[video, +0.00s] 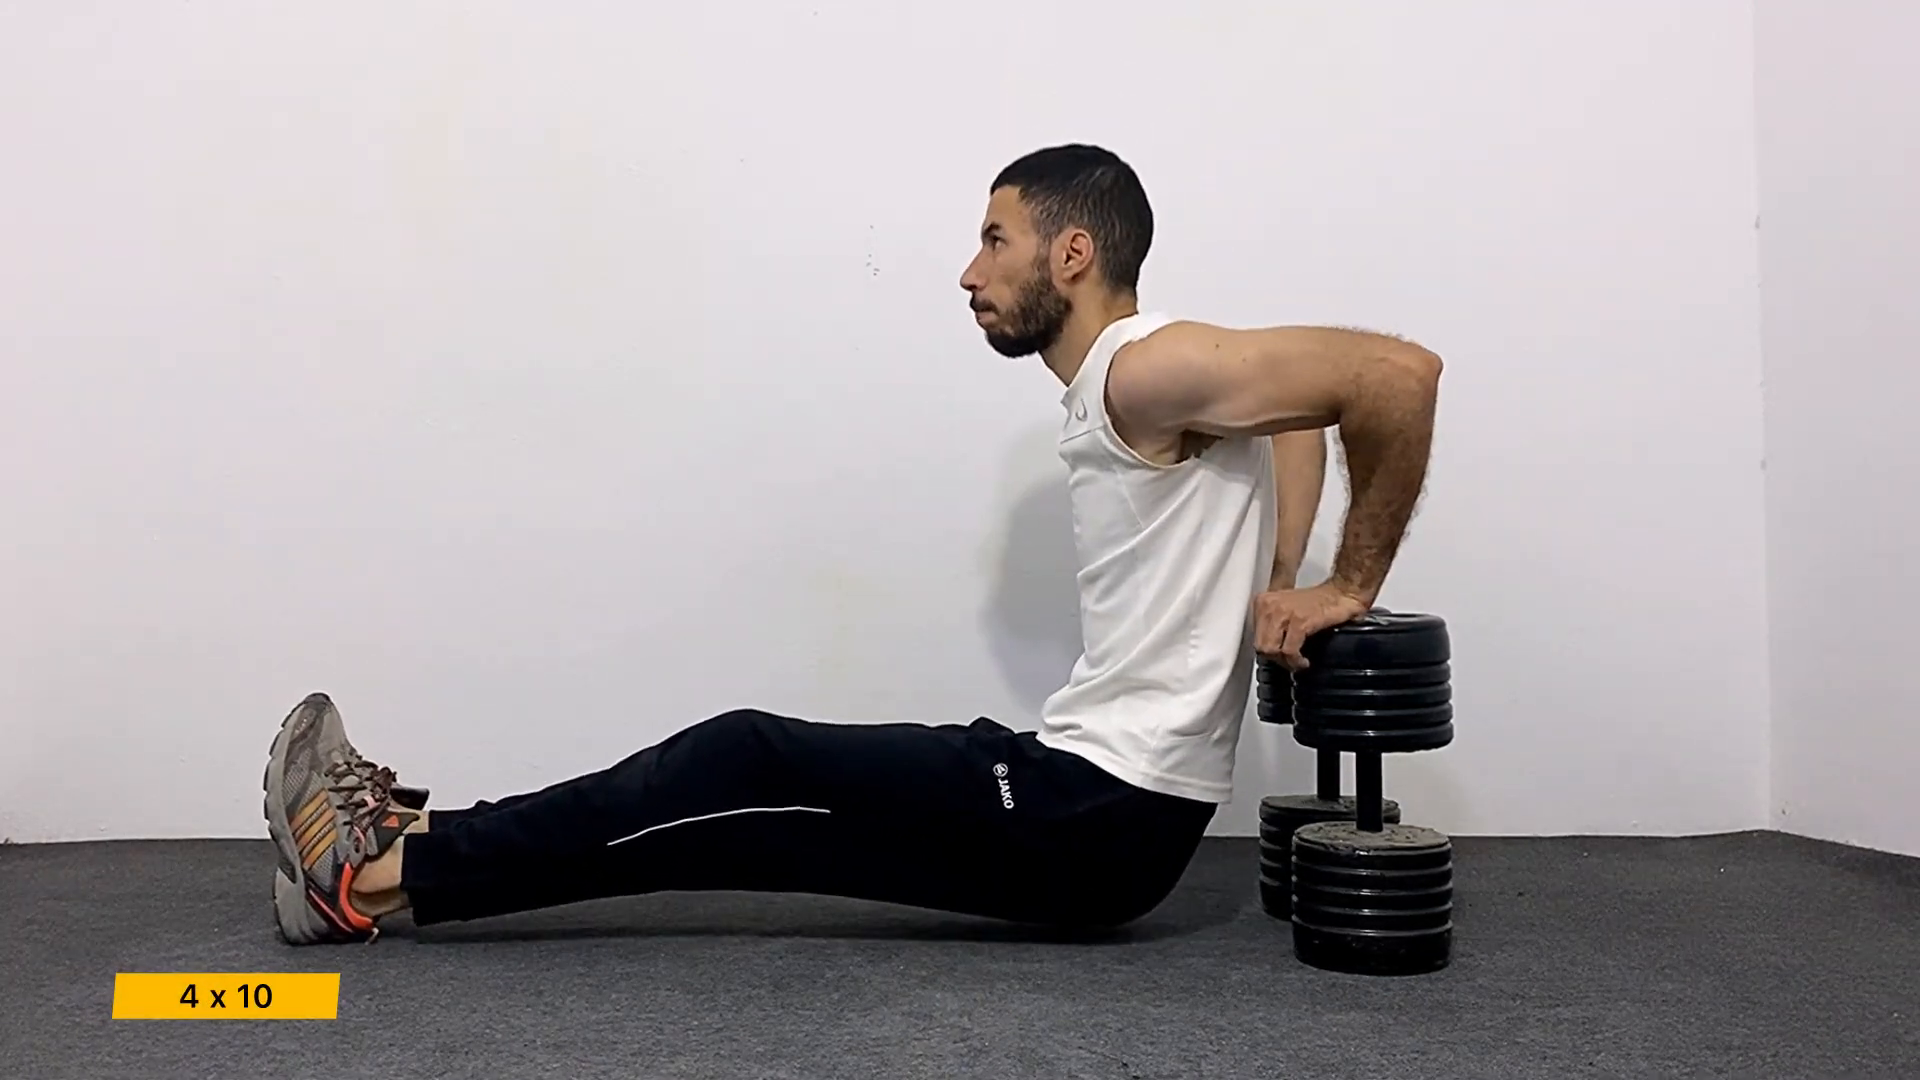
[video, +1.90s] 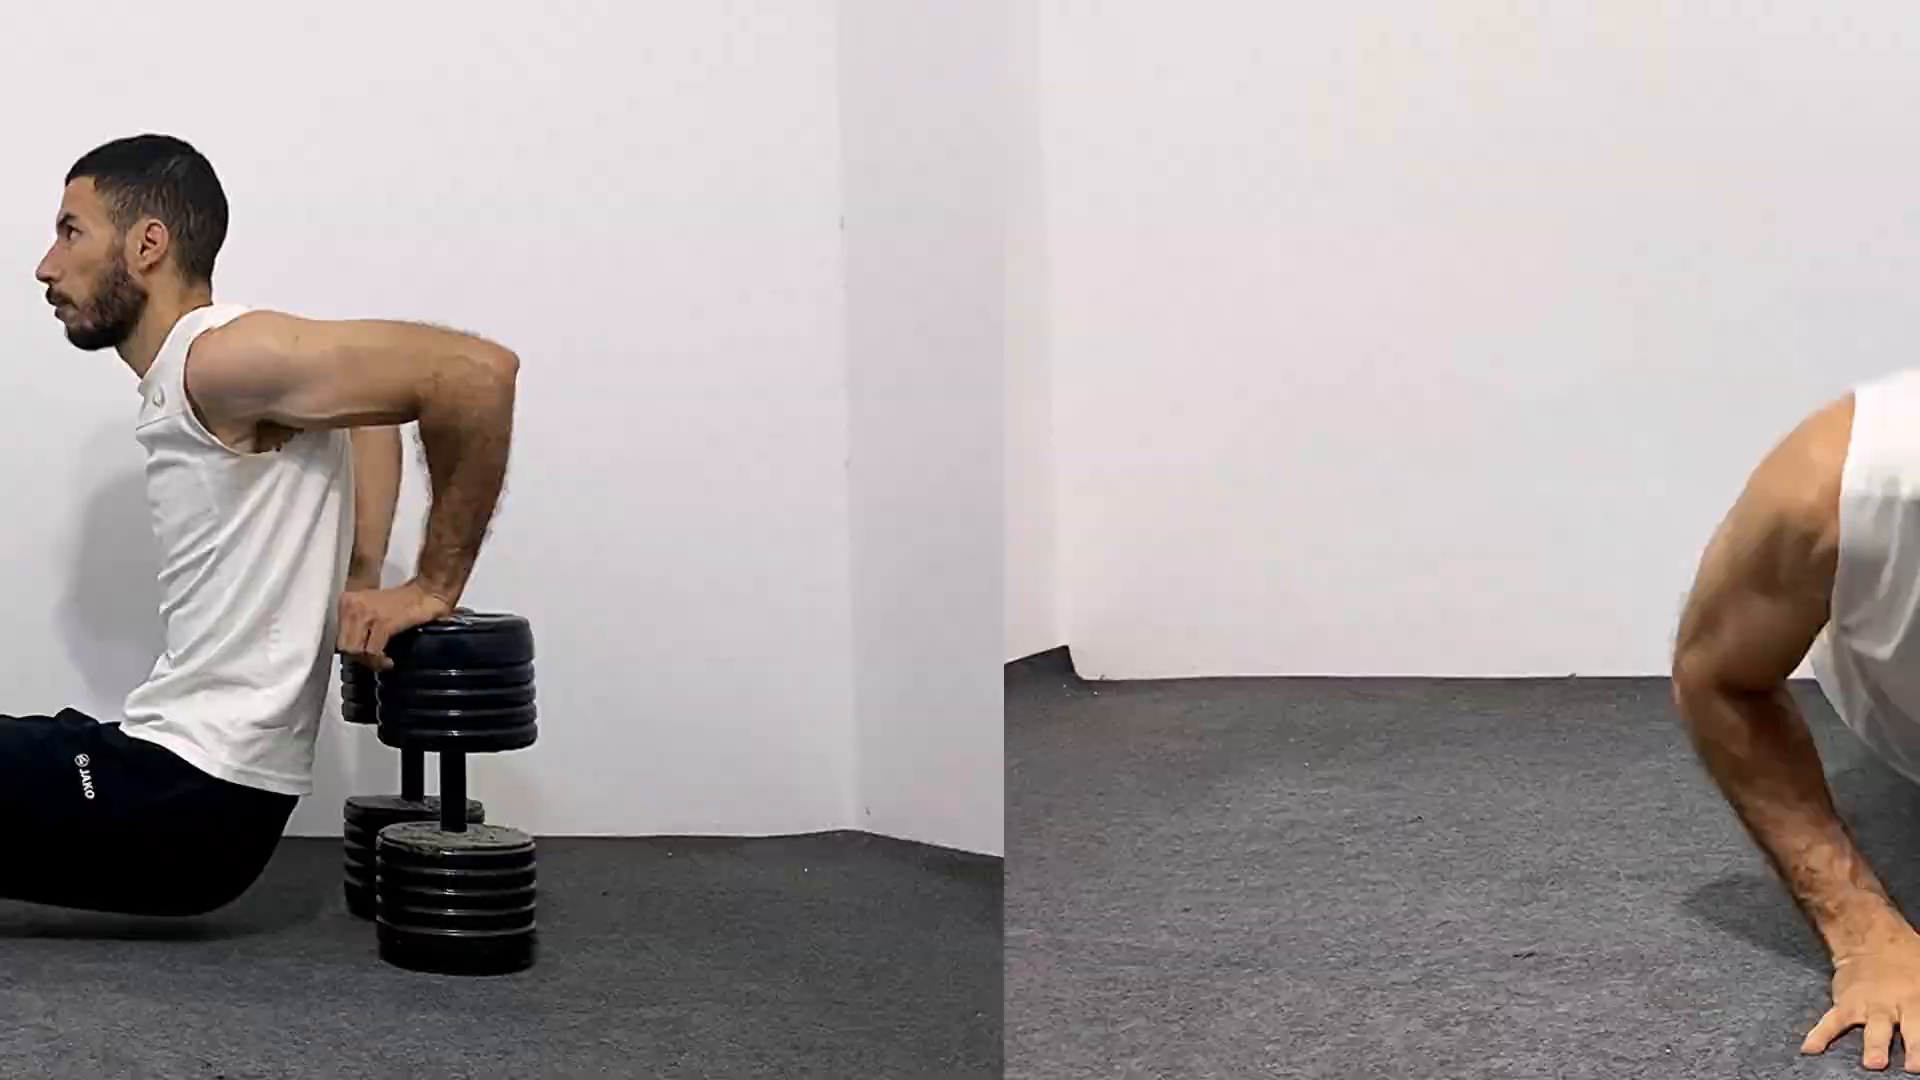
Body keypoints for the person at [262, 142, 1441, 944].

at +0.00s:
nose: (972, 276)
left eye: (995, 244)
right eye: (980, 246)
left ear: (1078, 251)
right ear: (1083, 253)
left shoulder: (1143, 370)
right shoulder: (1138, 373)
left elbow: (1401, 381)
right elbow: (1300, 412)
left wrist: (1354, 592)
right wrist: (1279, 580)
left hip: (1095, 808)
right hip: (1092, 799)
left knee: (737, 756)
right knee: (726, 821)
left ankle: (381, 873)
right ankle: (417, 848)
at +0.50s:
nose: (1000, 104)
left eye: (1023, 74)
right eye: (1006, 76)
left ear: (1102, 83)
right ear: (1095, 90)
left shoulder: (1172, 207)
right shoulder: (1144, 231)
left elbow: (1355, 358)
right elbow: (1276, 400)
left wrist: (1351, 585)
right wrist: (1269, 580)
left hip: (1084, 647)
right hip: (1071, 636)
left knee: (723, 724)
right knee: (724, 715)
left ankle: (390, 875)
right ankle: (416, 849)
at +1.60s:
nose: (919, 245)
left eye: (943, 213)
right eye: (927, 216)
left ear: (1029, 224)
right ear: (1030, 226)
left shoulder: (1090, 342)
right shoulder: (1073, 347)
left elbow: (1345, 377)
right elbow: (1241, 391)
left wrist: (1299, 587)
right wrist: (1225, 575)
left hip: (1046, 778)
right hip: (1028, 763)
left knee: (686, 738)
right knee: (681, 788)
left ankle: (337, 872)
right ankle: (364, 852)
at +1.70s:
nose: (777, 261)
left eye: (798, 229)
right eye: (784, 232)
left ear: (882, 238)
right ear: (888, 240)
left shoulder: (947, 354)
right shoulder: (936, 359)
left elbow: (1204, 378)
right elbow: (1103, 395)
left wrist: (1161, 591)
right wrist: (1089, 573)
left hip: (906, 792)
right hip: (900, 786)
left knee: (547, 742)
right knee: (536, 800)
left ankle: (194, 876)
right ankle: (228, 850)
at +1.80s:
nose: (498, 268)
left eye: (522, 234)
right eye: (508, 236)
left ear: (606, 249)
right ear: (606, 251)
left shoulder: (672, 367)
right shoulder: (648, 372)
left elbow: (930, 378)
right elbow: (830, 390)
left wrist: (891, 587)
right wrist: (821, 575)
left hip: (640, 804)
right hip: (616, 781)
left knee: (269, 754)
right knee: (262, 772)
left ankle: (11, 855)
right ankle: (18, 860)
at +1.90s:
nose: (44, 266)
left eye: (69, 232)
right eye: (56, 233)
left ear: (147, 244)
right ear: (148, 247)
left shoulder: (223, 362)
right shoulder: (196, 367)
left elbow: (476, 374)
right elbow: (373, 395)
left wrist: (437, 586)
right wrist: (361, 574)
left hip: (196, 798)